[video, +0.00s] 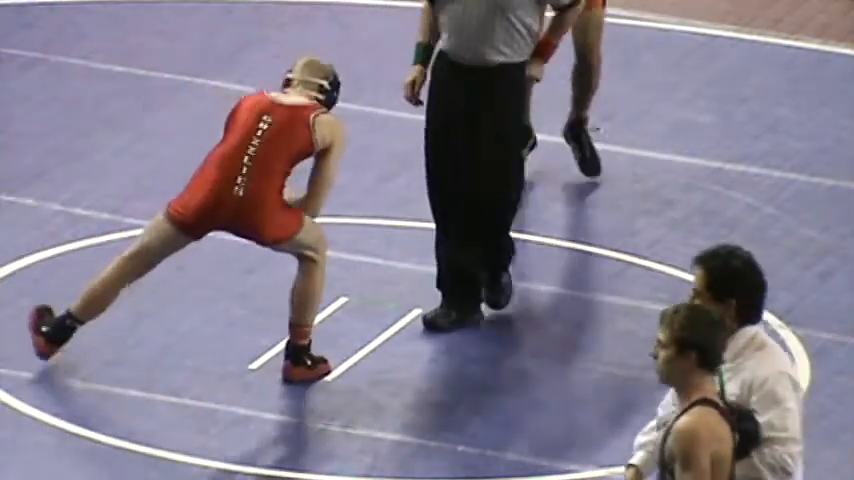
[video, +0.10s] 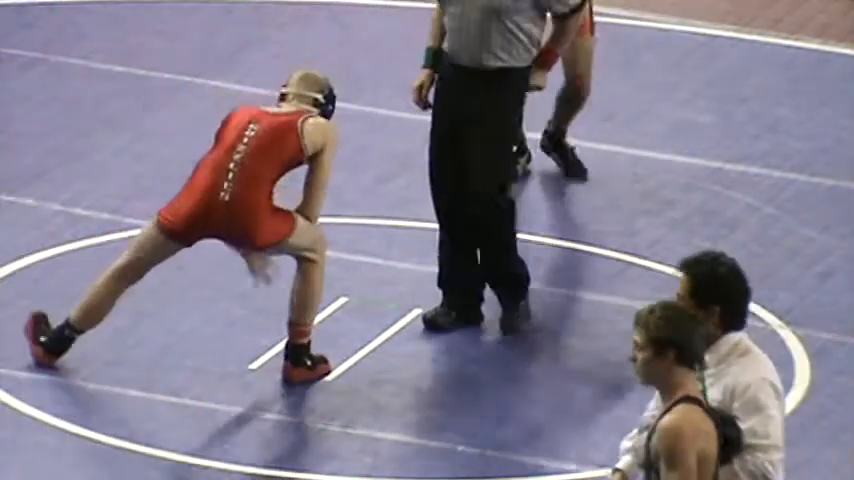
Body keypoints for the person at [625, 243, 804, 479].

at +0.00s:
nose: (689, 303)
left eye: (697, 296)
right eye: (692, 294)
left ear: (730, 309)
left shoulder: (771, 372)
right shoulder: (710, 351)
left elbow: (782, 461)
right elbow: (667, 415)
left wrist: (713, 472)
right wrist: (637, 466)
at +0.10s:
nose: (674, 307)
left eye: (681, 299)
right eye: (677, 297)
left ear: (712, 315)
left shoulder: (753, 379)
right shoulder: (691, 357)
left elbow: (763, 466)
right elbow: (651, 423)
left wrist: (691, 470)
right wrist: (624, 469)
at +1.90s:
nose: (425, 317)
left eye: (437, 306)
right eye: (422, 305)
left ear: (470, 310)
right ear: (417, 304)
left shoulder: (514, 365)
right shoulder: (415, 367)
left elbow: (552, 438)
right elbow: (398, 437)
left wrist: (511, 476)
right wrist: (416, 474)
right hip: (438, 473)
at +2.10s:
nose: (415, 318)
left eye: (426, 309)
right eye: (414, 306)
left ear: (461, 315)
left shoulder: (503, 373)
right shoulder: (407, 364)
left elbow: (527, 452)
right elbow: (388, 436)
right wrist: (383, 473)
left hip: (476, 473)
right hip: (412, 472)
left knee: (427, 460)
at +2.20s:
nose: (409, 319)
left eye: (421, 310)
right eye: (409, 308)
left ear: (456, 318)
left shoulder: (497, 376)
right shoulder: (402, 365)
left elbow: (524, 453)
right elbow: (381, 434)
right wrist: (380, 471)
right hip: (405, 472)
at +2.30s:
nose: (402, 319)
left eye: (414, 311)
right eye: (404, 308)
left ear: (448, 320)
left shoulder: (490, 377)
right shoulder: (397, 365)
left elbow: (508, 457)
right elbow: (374, 435)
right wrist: (373, 472)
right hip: (396, 473)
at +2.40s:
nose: (394, 317)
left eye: (405, 309)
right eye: (396, 306)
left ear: (440, 319)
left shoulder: (479, 371)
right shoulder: (389, 365)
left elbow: (492, 446)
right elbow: (367, 436)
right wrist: (362, 472)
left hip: (451, 475)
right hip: (390, 473)